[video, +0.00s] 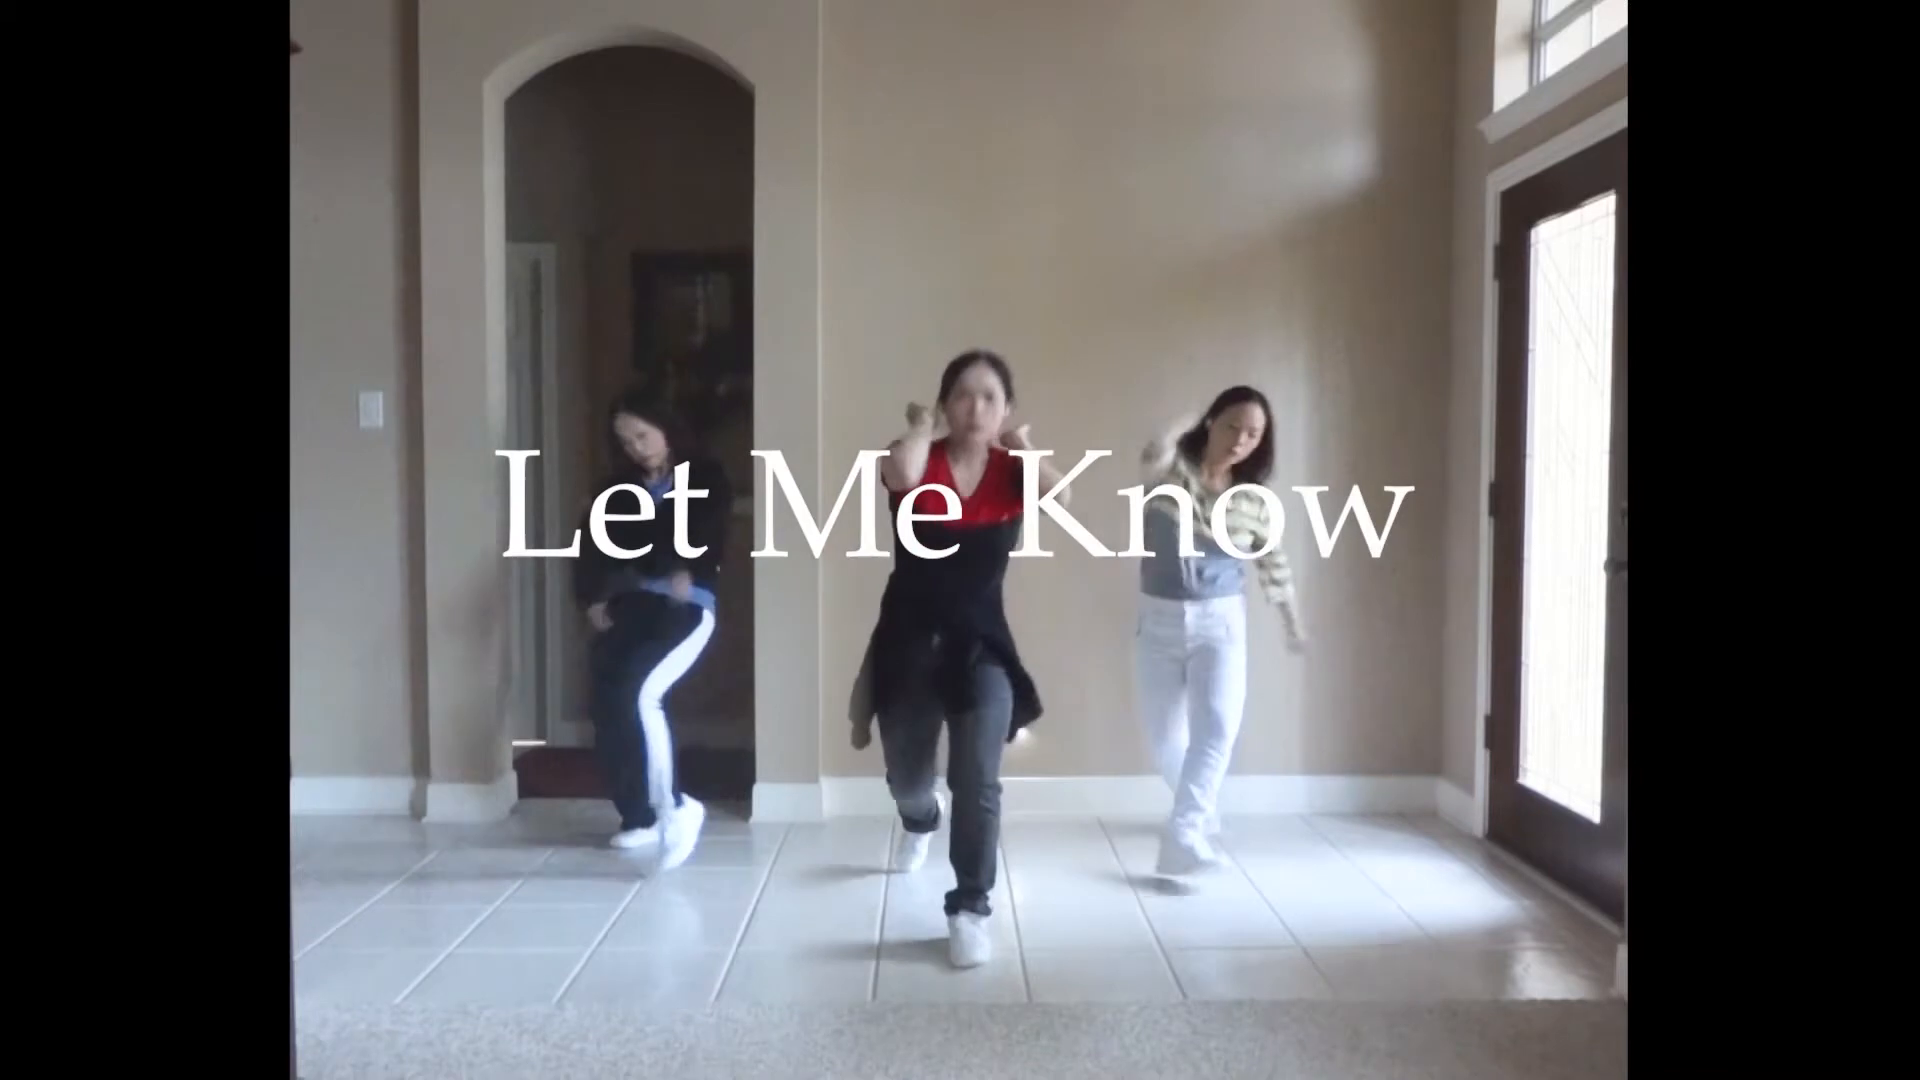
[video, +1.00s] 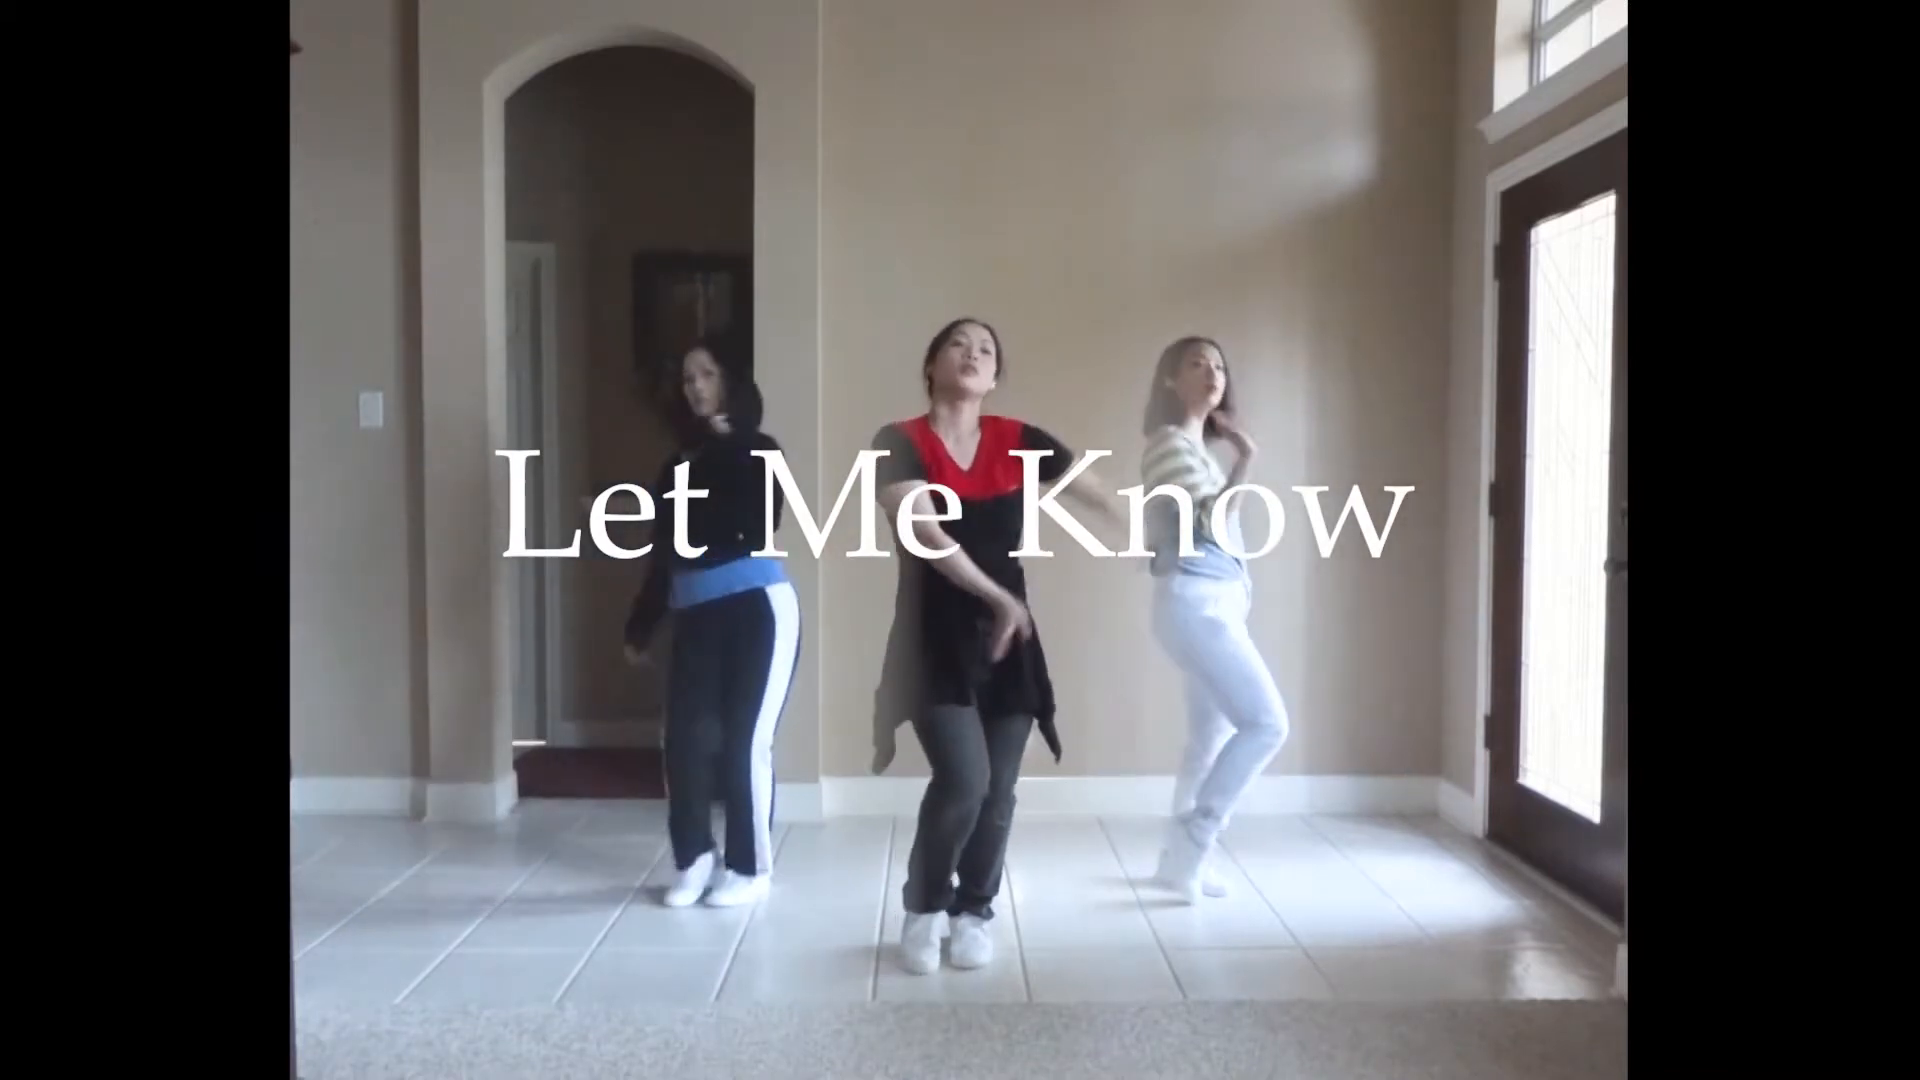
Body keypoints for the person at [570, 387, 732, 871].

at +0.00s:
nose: (638, 449)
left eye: (644, 436)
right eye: (628, 442)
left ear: (665, 429)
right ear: (623, 445)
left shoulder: (703, 477)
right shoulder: (623, 489)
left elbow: (713, 536)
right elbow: (593, 545)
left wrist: (690, 569)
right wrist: (593, 598)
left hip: (686, 607)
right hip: (632, 609)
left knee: (644, 693)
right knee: (610, 702)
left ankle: (672, 810)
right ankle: (640, 822)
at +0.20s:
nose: (613, 434)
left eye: (618, 422)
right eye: (608, 424)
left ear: (642, 415)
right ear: (619, 425)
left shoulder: (699, 456)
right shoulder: (635, 467)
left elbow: (721, 538)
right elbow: (622, 551)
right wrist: (594, 618)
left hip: (701, 600)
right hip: (647, 596)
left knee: (700, 719)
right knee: (628, 705)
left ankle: (732, 849)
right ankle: (647, 818)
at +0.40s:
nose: (639, 404)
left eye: (644, 389)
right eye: (632, 396)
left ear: (670, 383)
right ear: (634, 402)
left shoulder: (714, 437)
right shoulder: (659, 450)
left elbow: (737, 519)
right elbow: (662, 534)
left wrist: (671, 505)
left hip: (725, 591)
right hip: (671, 592)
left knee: (729, 730)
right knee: (660, 711)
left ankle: (751, 862)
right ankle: (661, 802)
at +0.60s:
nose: (661, 392)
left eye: (668, 379)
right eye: (656, 382)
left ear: (698, 379)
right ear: (664, 389)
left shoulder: (737, 438)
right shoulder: (682, 444)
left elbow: (747, 519)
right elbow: (660, 522)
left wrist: (681, 507)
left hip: (736, 597)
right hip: (687, 598)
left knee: (728, 731)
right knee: (680, 722)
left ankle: (750, 866)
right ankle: (706, 832)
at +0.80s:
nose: (684, 384)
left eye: (693, 372)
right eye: (677, 376)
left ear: (718, 373)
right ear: (673, 385)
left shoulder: (747, 429)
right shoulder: (680, 456)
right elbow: (664, 540)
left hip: (749, 600)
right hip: (690, 604)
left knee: (736, 736)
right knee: (682, 733)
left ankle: (750, 868)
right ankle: (718, 854)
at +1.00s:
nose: (695, 387)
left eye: (705, 375)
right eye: (688, 379)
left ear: (733, 380)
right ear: (682, 389)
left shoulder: (761, 453)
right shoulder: (681, 465)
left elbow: (757, 518)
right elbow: (665, 555)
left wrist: (728, 441)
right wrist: (639, 630)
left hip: (759, 607)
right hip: (696, 614)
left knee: (747, 741)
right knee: (687, 737)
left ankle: (749, 868)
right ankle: (694, 858)